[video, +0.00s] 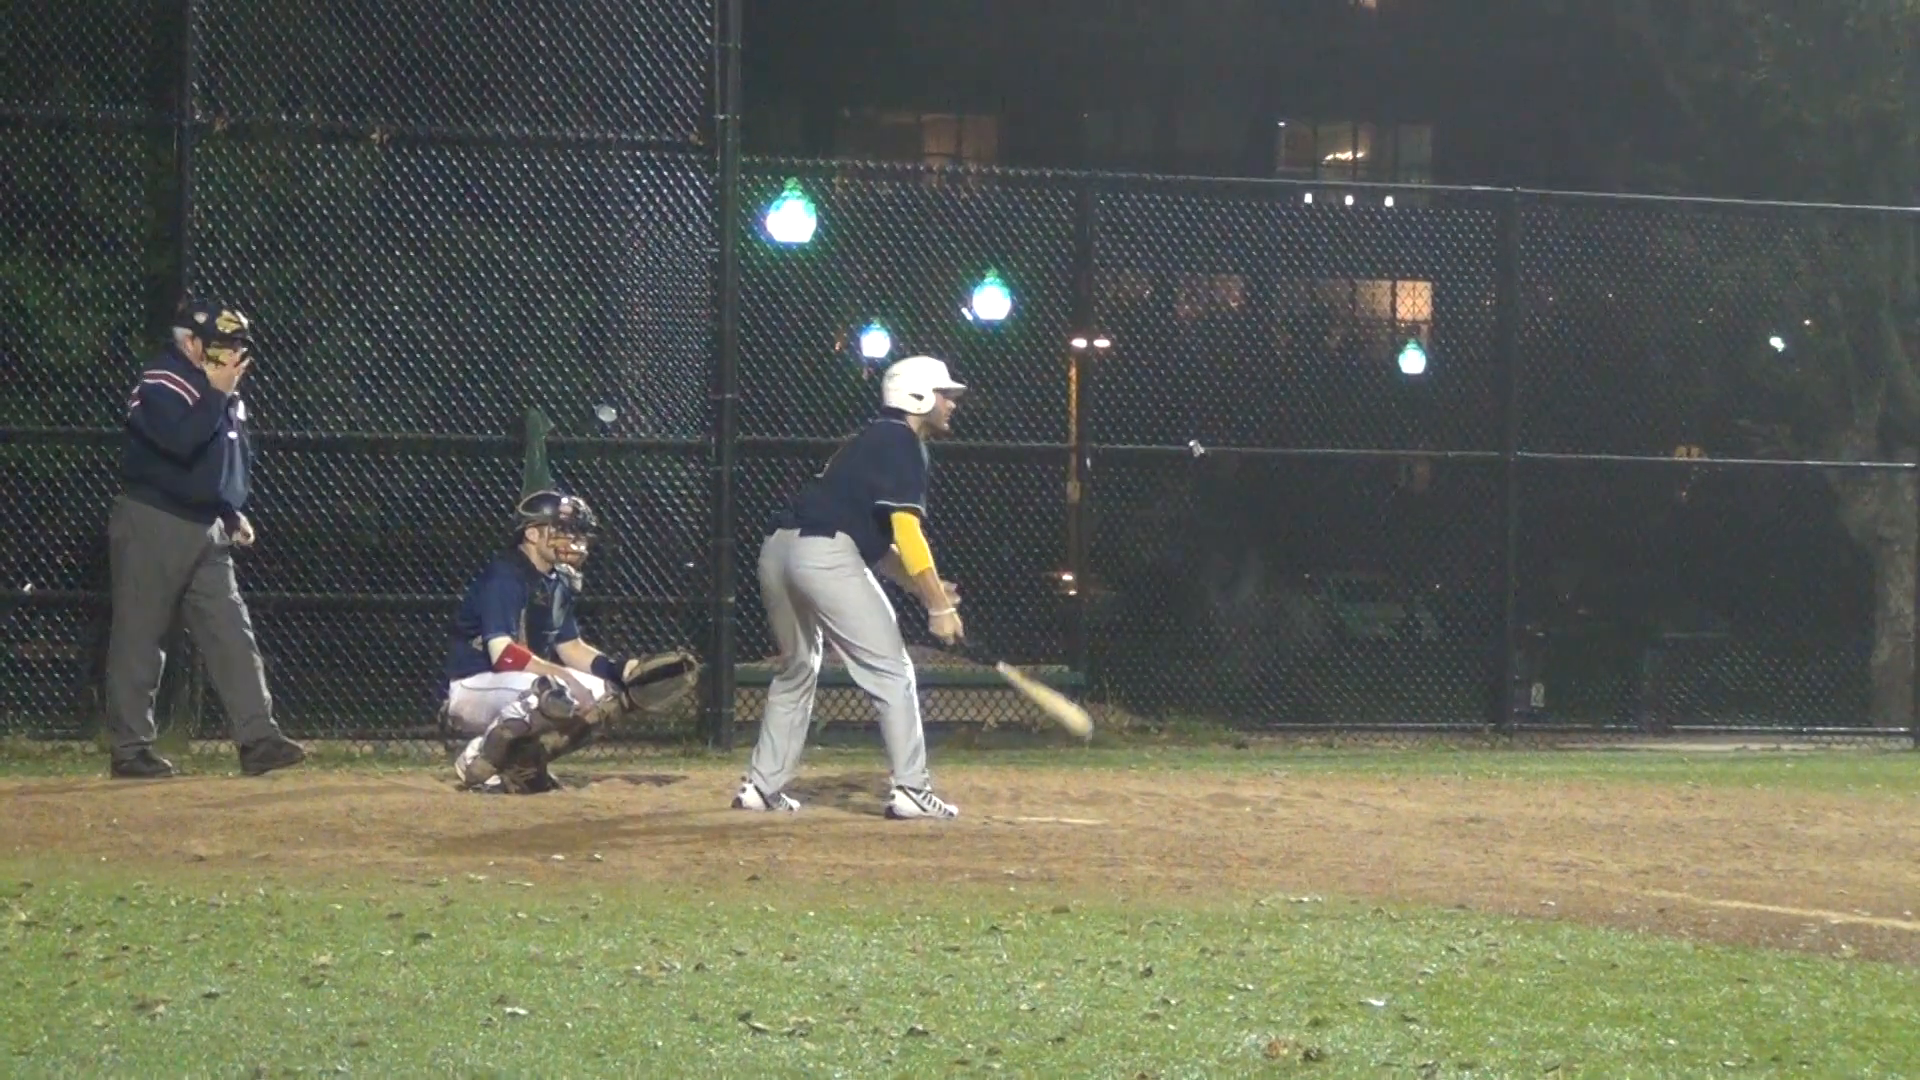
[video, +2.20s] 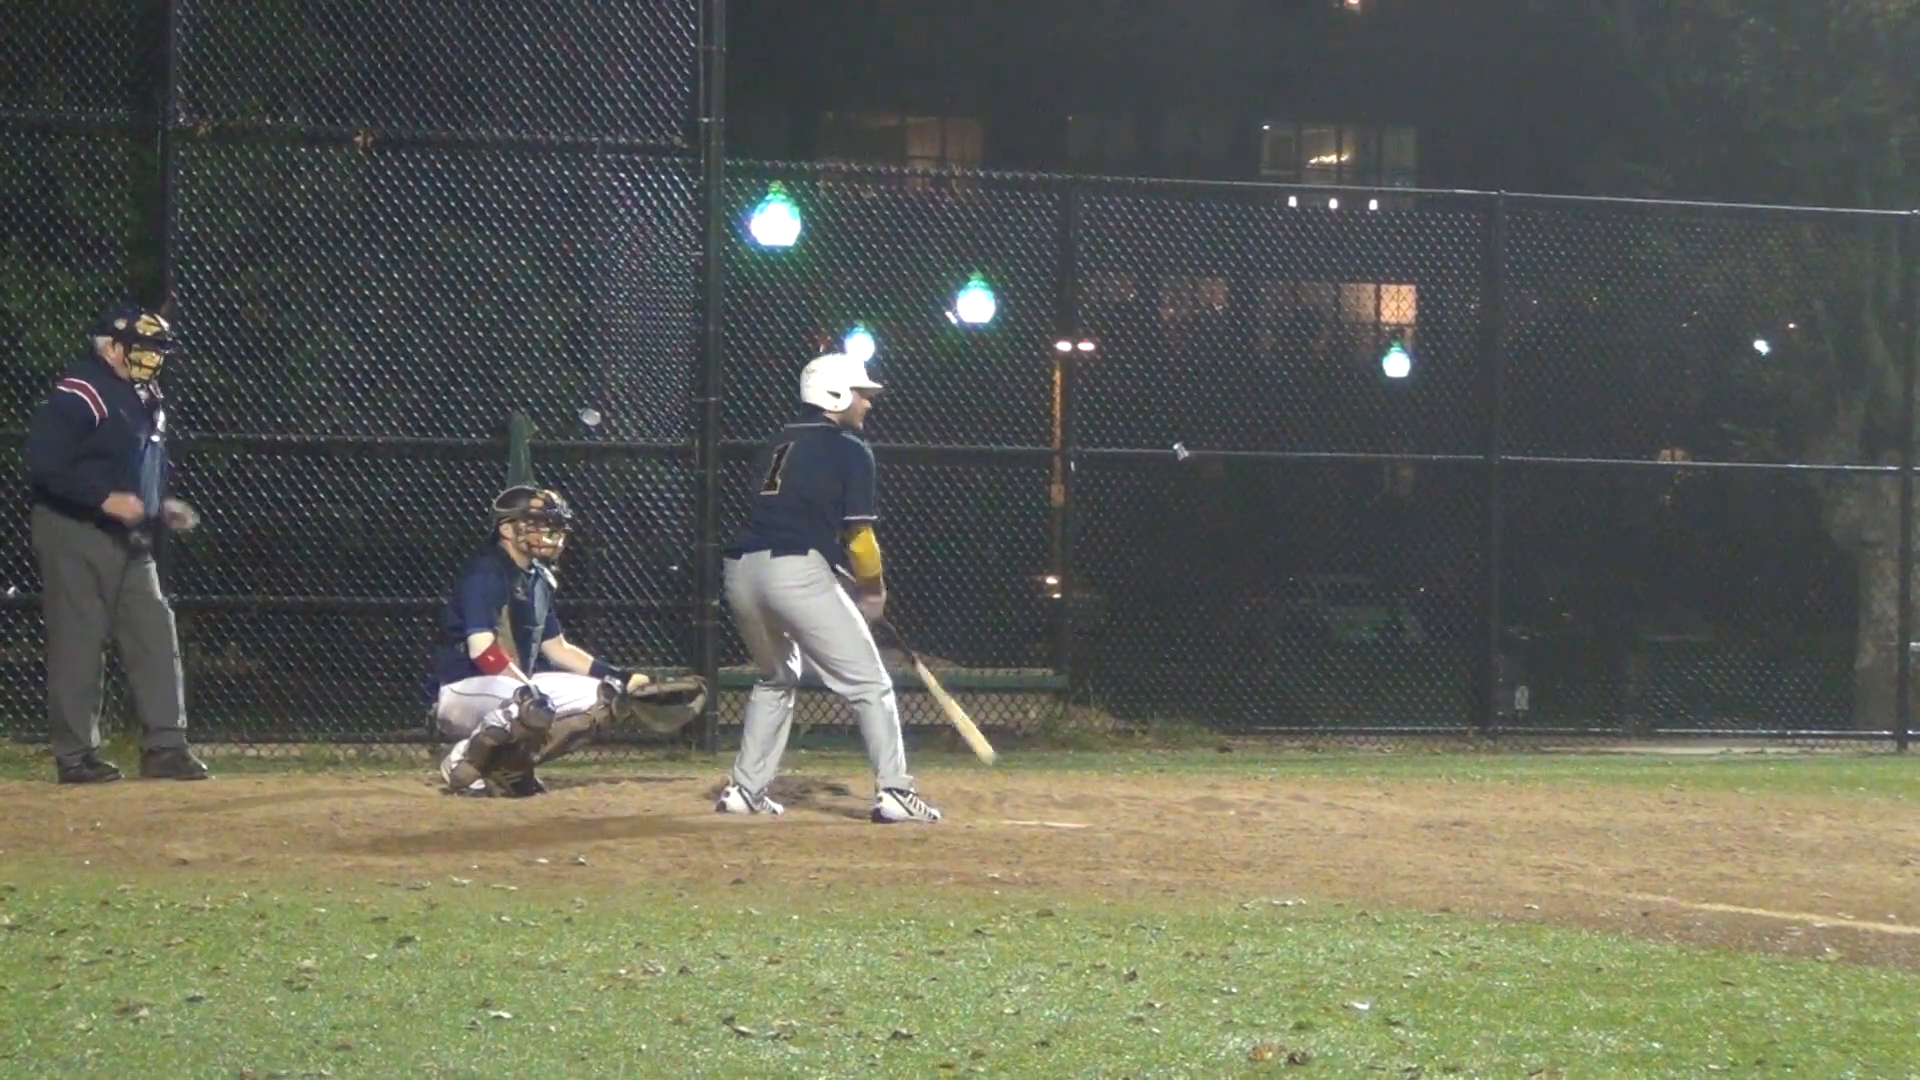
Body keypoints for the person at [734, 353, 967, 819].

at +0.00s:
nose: (953, 404)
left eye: (952, 395)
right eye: (944, 395)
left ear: (906, 400)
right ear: (918, 398)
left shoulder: (870, 438)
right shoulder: (903, 442)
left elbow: (876, 545)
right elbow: (907, 531)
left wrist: (927, 586)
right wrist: (940, 607)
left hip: (776, 547)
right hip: (828, 551)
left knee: (796, 670)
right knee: (892, 671)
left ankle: (761, 785)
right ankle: (911, 790)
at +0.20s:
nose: (913, 391)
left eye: (912, 383)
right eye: (906, 382)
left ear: (862, 389)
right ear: (882, 387)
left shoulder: (828, 431)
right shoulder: (889, 439)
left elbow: (828, 519)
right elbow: (889, 530)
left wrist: (865, 597)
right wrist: (904, 600)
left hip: (764, 548)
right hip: (819, 549)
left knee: (786, 670)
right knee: (879, 673)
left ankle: (760, 785)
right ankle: (910, 789)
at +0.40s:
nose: (883, 389)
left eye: (882, 380)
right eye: (876, 381)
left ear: (827, 386)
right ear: (853, 385)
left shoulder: (787, 426)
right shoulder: (874, 435)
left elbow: (793, 502)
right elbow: (872, 525)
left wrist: (870, 542)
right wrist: (861, 562)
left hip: (756, 548)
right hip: (815, 548)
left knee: (778, 668)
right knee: (870, 669)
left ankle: (758, 784)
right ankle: (908, 785)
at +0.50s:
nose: (876, 388)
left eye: (875, 378)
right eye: (869, 379)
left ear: (818, 382)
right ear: (847, 381)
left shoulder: (775, 422)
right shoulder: (868, 431)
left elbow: (755, 486)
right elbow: (863, 515)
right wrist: (868, 514)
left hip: (752, 545)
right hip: (812, 543)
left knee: (774, 667)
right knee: (870, 663)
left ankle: (758, 785)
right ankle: (912, 777)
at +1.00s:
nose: (896, 396)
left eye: (895, 386)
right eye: (889, 386)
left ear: (842, 390)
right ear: (865, 388)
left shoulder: (801, 432)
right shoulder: (881, 433)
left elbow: (790, 495)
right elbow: (897, 525)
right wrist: (859, 503)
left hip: (759, 548)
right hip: (816, 549)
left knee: (782, 670)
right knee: (876, 675)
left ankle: (753, 785)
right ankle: (903, 789)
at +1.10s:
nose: (904, 399)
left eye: (903, 389)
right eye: (896, 389)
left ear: (853, 394)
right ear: (872, 392)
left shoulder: (826, 432)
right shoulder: (884, 434)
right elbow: (911, 522)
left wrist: (894, 551)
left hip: (761, 550)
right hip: (815, 552)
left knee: (786, 672)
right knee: (880, 677)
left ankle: (749, 787)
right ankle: (901, 789)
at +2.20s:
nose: (868, 403)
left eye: (867, 394)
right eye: (861, 394)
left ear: (819, 399)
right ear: (835, 397)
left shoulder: (782, 440)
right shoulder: (852, 449)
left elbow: (796, 523)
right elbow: (860, 537)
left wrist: (847, 578)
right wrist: (874, 590)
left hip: (739, 570)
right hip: (797, 569)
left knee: (775, 679)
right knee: (870, 686)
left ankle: (745, 790)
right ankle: (896, 792)